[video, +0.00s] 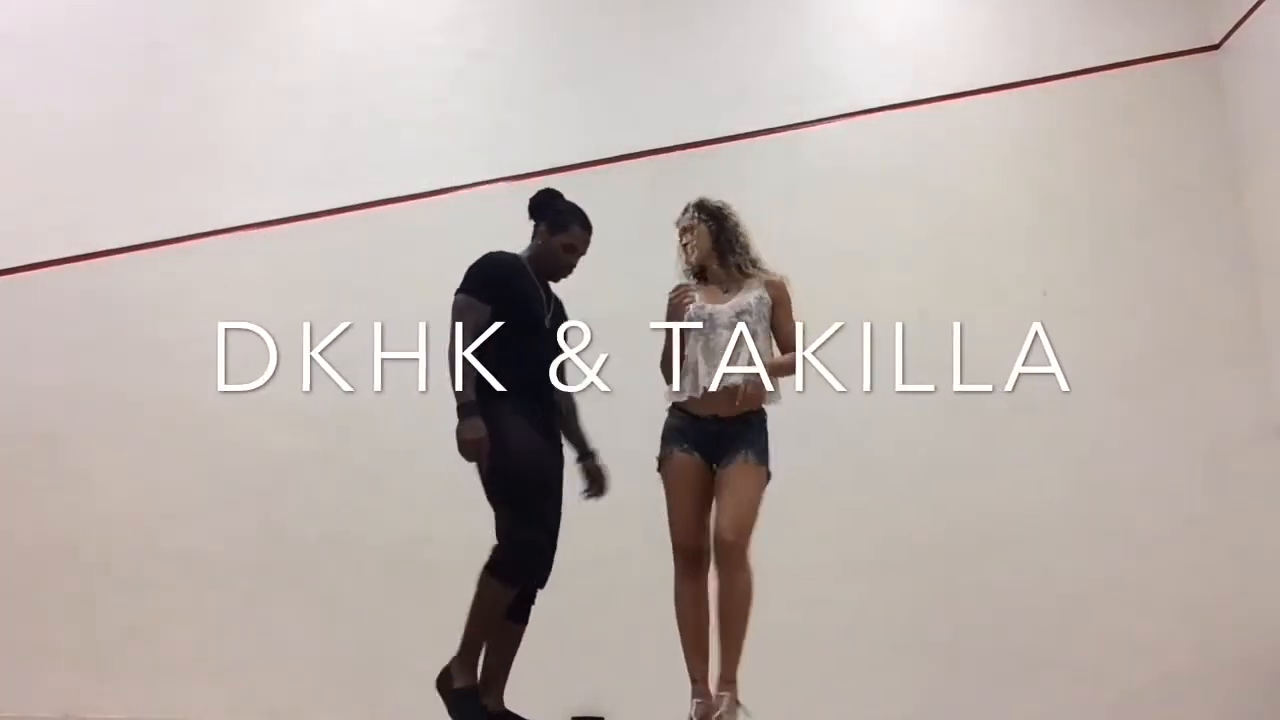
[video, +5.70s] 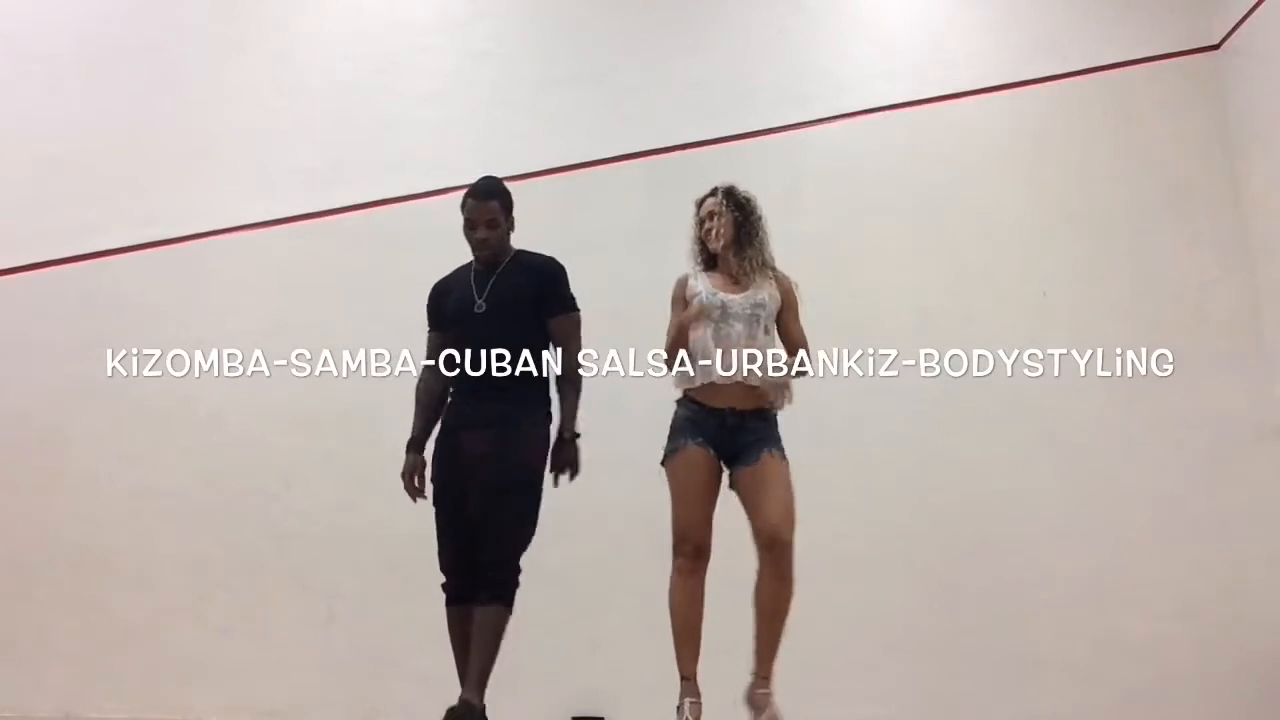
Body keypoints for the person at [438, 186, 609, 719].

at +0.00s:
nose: (575, 261)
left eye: (581, 253)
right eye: (570, 249)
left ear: (575, 248)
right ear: (541, 233)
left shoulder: (553, 308)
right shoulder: (498, 269)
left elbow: (557, 387)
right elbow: (460, 341)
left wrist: (585, 453)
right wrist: (467, 413)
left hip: (541, 439)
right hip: (503, 431)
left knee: (533, 563)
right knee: (519, 546)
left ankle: (491, 696)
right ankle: (461, 671)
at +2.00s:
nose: (506, 211)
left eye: (518, 206)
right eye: (497, 204)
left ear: (533, 222)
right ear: (482, 218)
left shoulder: (561, 278)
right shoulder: (464, 291)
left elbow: (602, 355)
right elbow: (455, 376)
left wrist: (604, 435)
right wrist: (436, 455)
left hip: (564, 446)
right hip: (499, 445)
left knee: (569, 581)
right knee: (464, 576)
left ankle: (560, 707)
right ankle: (440, 703)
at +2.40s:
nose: (475, 215)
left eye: (487, 212)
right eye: (466, 209)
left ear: (500, 234)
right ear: (450, 227)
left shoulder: (521, 291)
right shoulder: (425, 295)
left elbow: (549, 376)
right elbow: (411, 368)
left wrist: (542, 449)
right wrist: (418, 424)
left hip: (509, 444)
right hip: (451, 444)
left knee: (486, 559)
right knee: (436, 569)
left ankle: (527, 691)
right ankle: (437, 704)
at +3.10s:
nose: (499, 211)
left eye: (510, 207)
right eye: (490, 207)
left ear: (526, 230)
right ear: (477, 228)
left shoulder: (542, 303)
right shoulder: (450, 273)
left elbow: (549, 382)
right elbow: (397, 345)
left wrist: (502, 365)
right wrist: (369, 421)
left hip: (509, 449)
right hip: (448, 446)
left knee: (503, 574)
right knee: (447, 565)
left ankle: (465, 703)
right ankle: (423, 682)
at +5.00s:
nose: (520, 204)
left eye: (531, 197)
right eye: (511, 196)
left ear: (546, 208)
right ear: (496, 206)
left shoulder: (572, 276)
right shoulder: (464, 268)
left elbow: (589, 344)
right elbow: (441, 348)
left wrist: (592, 353)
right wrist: (422, 405)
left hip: (549, 438)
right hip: (481, 434)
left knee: (534, 573)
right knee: (467, 553)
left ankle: (514, 703)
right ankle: (474, 671)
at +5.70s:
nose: (480, 231)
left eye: (490, 221)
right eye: (471, 222)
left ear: (510, 220)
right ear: (462, 224)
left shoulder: (543, 274)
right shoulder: (447, 290)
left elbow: (571, 357)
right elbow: (435, 372)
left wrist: (567, 432)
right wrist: (416, 445)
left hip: (518, 446)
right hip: (457, 446)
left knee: (497, 565)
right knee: (458, 569)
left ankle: (472, 697)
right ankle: (472, 697)